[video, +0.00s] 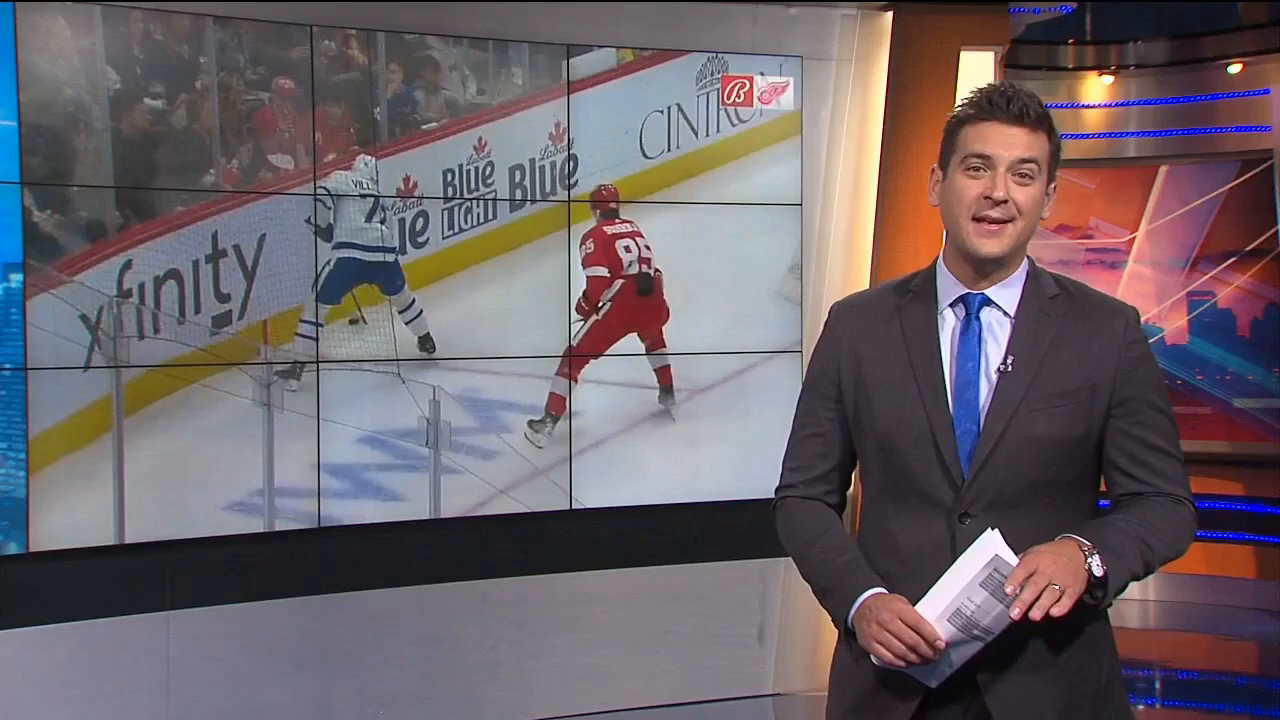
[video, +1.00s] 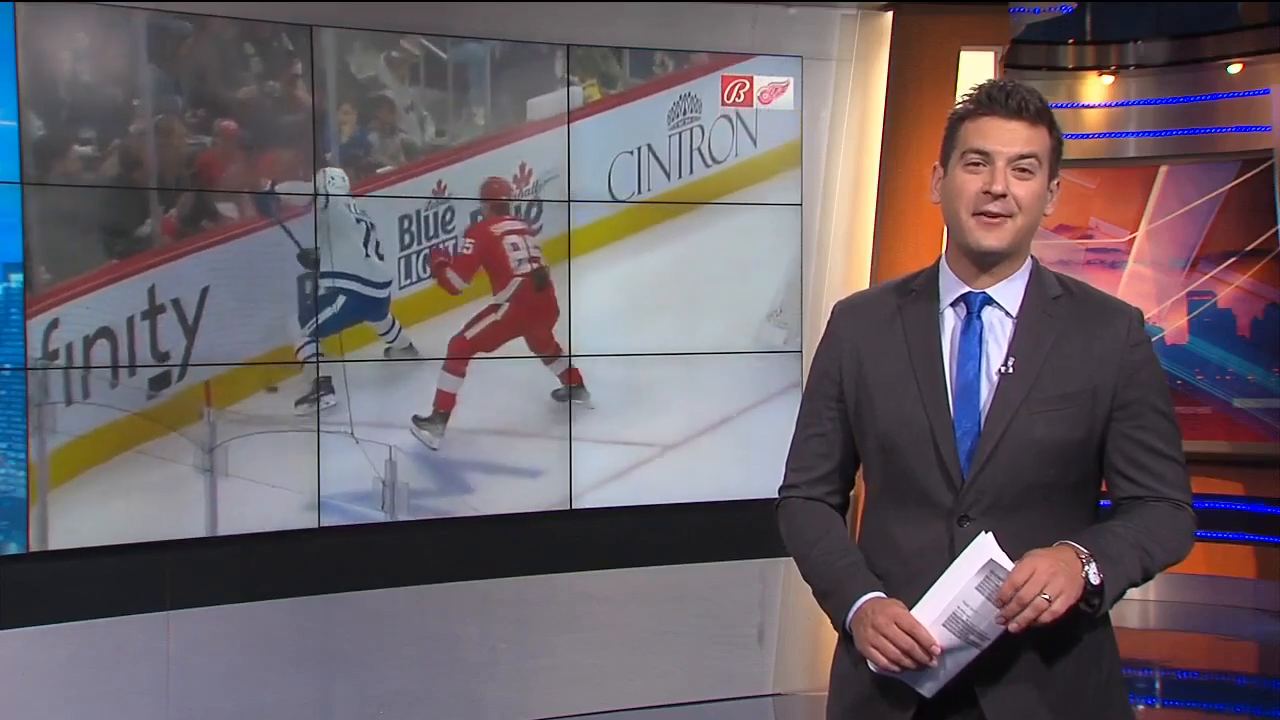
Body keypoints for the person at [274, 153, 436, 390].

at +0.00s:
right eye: (371, 172)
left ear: (354, 168)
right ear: (375, 174)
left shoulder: (341, 177)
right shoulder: (379, 191)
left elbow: (323, 193)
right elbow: (391, 210)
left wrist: (322, 226)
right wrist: (403, 198)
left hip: (349, 259)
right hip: (386, 260)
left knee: (317, 308)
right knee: (403, 299)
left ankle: (297, 366)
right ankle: (426, 339)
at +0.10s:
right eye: (371, 172)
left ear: (354, 168)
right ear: (375, 174)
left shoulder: (341, 177)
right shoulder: (379, 191)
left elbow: (323, 192)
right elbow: (391, 211)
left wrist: (323, 226)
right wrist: (403, 198)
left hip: (349, 259)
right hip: (386, 260)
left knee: (317, 308)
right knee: (403, 299)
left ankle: (297, 366)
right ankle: (426, 339)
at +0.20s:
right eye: (372, 174)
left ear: (354, 170)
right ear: (375, 175)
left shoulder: (341, 178)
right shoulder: (381, 196)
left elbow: (321, 192)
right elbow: (380, 234)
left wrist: (322, 225)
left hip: (350, 262)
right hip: (387, 263)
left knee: (318, 309)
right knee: (402, 299)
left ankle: (299, 366)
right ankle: (426, 339)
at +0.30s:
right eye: (372, 177)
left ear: (354, 172)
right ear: (374, 178)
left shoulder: (338, 181)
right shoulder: (380, 197)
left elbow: (321, 190)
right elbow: (388, 231)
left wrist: (321, 225)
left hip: (351, 265)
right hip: (388, 266)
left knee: (318, 310)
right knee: (402, 301)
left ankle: (301, 368)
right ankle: (426, 339)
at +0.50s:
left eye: (349, 174)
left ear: (350, 175)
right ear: (371, 180)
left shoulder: (339, 184)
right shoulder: (378, 202)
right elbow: (388, 240)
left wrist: (313, 215)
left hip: (352, 273)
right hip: (388, 273)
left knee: (317, 313)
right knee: (400, 305)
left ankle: (308, 368)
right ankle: (425, 339)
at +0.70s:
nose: (338, 181)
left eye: (340, 178)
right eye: (341, 178)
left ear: (341, 181)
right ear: (362, 184)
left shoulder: (339, 193)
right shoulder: (375, 209)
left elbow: (315, 174)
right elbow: (390, 250)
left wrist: (294, 194)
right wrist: (332, 266)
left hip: (354, 281)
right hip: (387, 283)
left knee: (314, 317)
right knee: (392, 308)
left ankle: (313, 372)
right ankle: (421, 341)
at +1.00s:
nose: (314, 193)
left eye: (316, 189)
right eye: (315, 188)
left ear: (323, 189)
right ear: (345, 188)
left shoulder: (331, 205)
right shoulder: (362, 215)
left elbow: (308, 189)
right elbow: (357, 255)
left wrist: (273, 189)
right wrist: (321, 260)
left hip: (350, 298)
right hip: (380, 299)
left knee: (304, 334)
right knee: (380, 318)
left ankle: (321, 385)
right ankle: (405, 348)